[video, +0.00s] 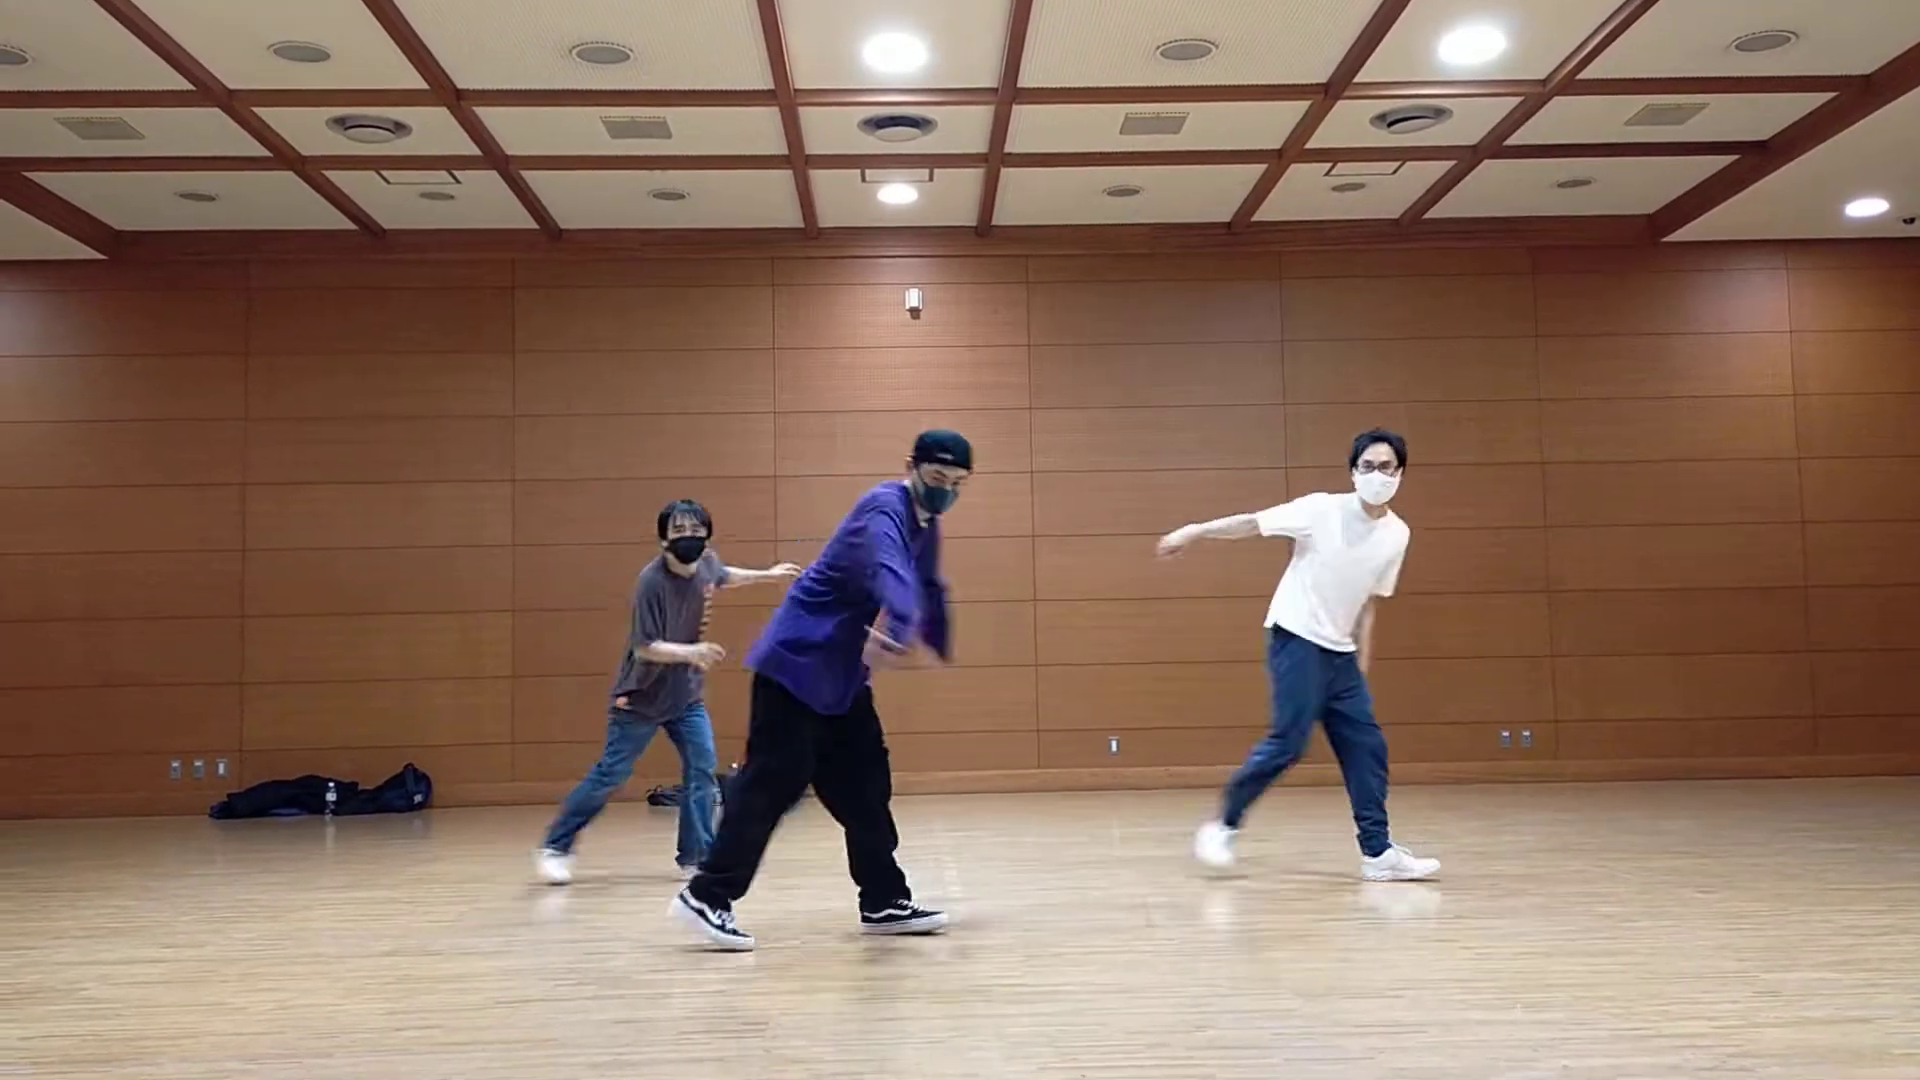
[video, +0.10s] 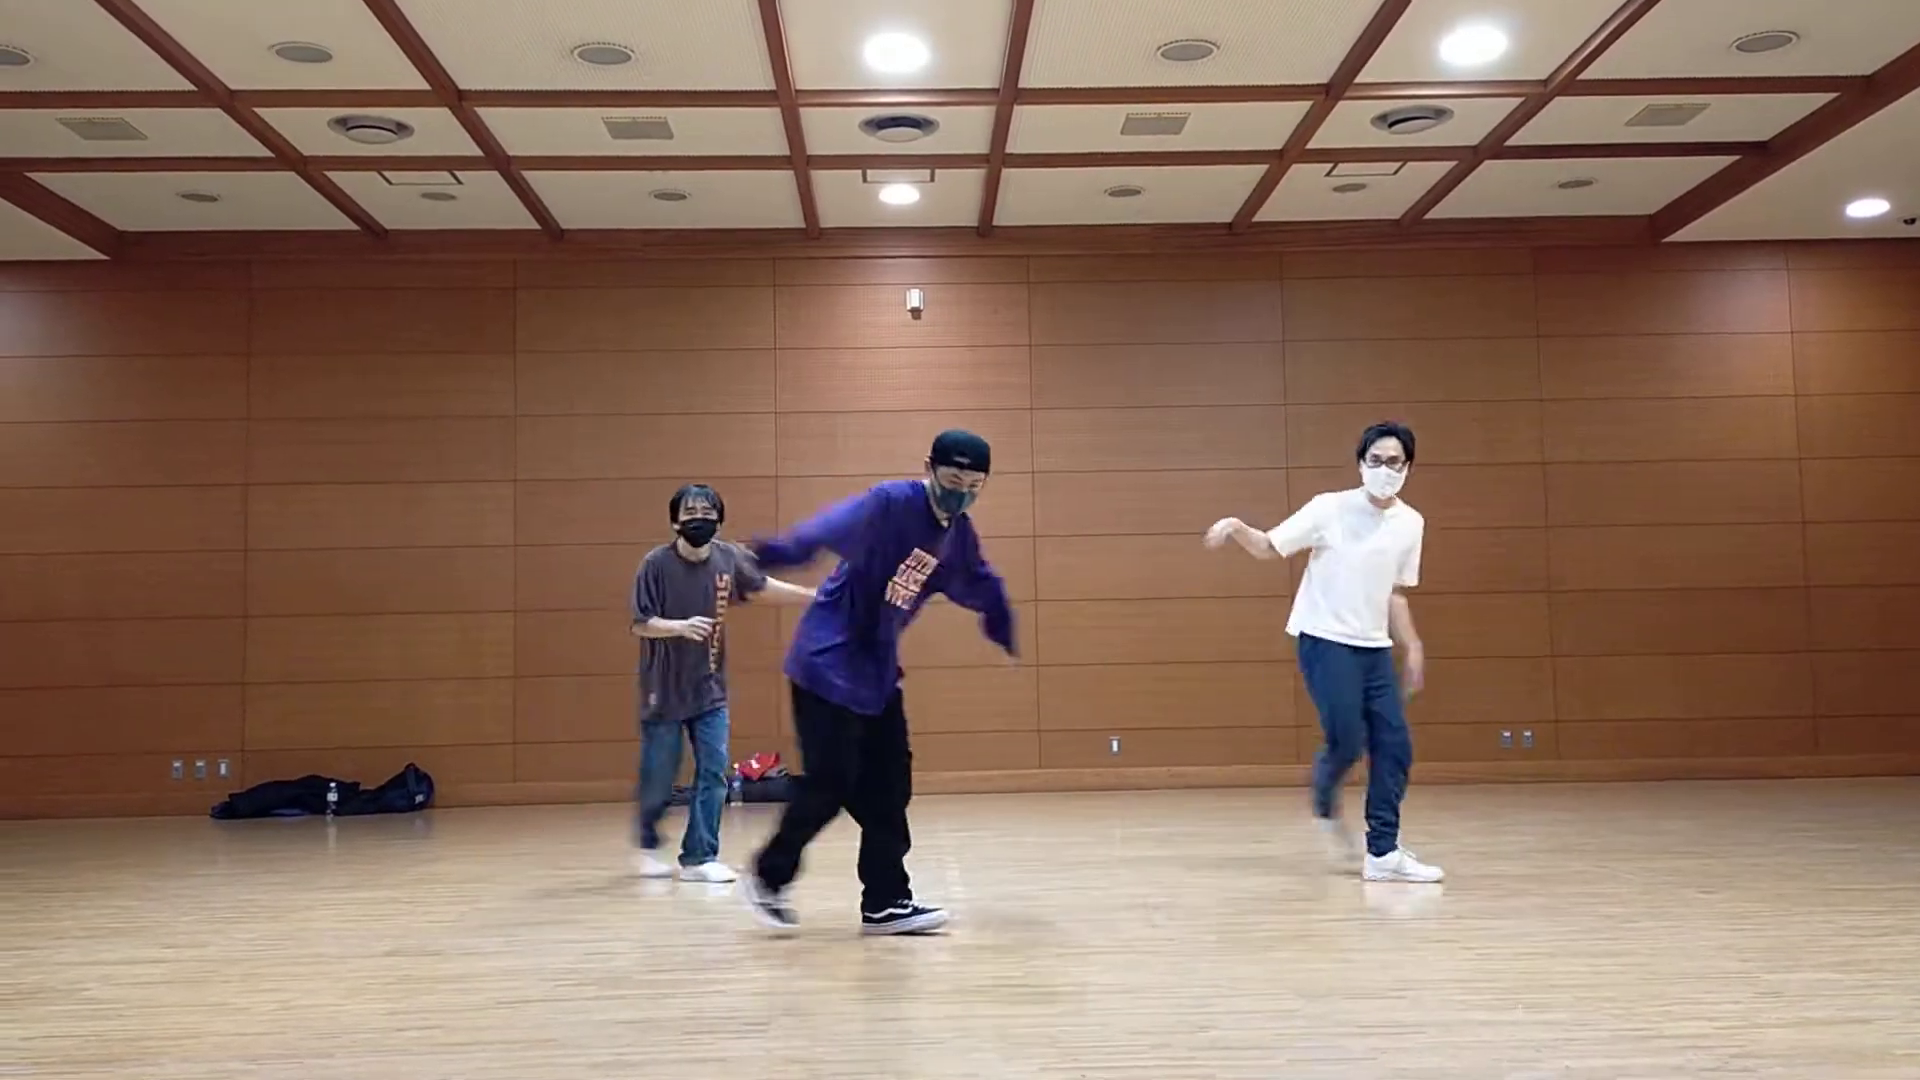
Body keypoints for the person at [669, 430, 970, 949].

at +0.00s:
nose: (946, 488)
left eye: (957, 481)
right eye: (938, 475)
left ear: (964, 484)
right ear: (914, 467)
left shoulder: (926, 523)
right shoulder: (883, 510)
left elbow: (931, 583)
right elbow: (888, 569)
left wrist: (938, 637)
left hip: (841, 672)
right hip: (794, 665)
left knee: (865, 787)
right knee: (773, 781)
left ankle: (883, 903)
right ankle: (705, 896)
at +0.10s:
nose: (964, 486)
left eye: (974, 479)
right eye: (955, 475)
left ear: (983, 482)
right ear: (932, 468)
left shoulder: (958, 532)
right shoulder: (892, 502)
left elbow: (972, 578)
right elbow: (827, 527)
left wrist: (996, 605)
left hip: (876, 664)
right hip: (827, 656)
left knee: (888, 785)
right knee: (831, 780)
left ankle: (885, 904)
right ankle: (767, 876)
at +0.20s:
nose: (969, 489)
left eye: (980, 480)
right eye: (960, 476)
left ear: (992, 476)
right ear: (940, 463)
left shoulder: (980, 532)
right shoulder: (891, 486)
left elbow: (1018, 578)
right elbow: (795, 481)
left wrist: (1056, 622)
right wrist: (721, 521)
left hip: (914, 669)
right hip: (856, 661)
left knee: (914, 783)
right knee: (877, 780)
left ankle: (886, 898)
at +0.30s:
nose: (970, 486)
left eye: (980, 477)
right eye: (960, 474)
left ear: (993, 476)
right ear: (942, 467)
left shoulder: (994, 536)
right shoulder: (895, 491)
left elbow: (1039, 592)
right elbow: (812, 491)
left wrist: (1095, 632)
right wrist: (764, 550)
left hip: (948, 672)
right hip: (880, 670)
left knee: (964, 778)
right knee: (911, 787)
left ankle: (918, 885)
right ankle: (954, 882)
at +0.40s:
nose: (965, 492)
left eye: (976, 483)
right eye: (955, 481)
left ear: (992, 485)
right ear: (941, 480)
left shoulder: (997, 552)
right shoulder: (905, 518)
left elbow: (1045, 623)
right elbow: (858, 561)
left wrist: (1090, 637)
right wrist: (851, 612)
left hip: (975, 681)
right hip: (910, 686)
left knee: (995, 770)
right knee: (942, 794)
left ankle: (991, 868)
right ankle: (982, 880)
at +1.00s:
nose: (882, 482)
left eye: (891, 471)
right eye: (872, 475)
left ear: (917, 470)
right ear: (865, 480)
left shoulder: (954, 520)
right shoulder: (878, 530)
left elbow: (1005, 597)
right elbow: (826, 569)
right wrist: (761, 598)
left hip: (1026, 669)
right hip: (973, 677)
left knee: (1076, 779)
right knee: (971, 787)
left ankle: (1140, 879)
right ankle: (953, 900)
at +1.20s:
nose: (853, 478)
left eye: (863, 467)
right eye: (843, 471)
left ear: (890, 468)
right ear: (835, 480)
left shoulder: (949, 497)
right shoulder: (841, 547)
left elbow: (1027, 484)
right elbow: (789, 594)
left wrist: (1096, 474)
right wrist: (734, 607)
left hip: (981, 659)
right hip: (914, 674)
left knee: (973, 773)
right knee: (913, 786)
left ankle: (992, 818)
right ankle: (956, 897)